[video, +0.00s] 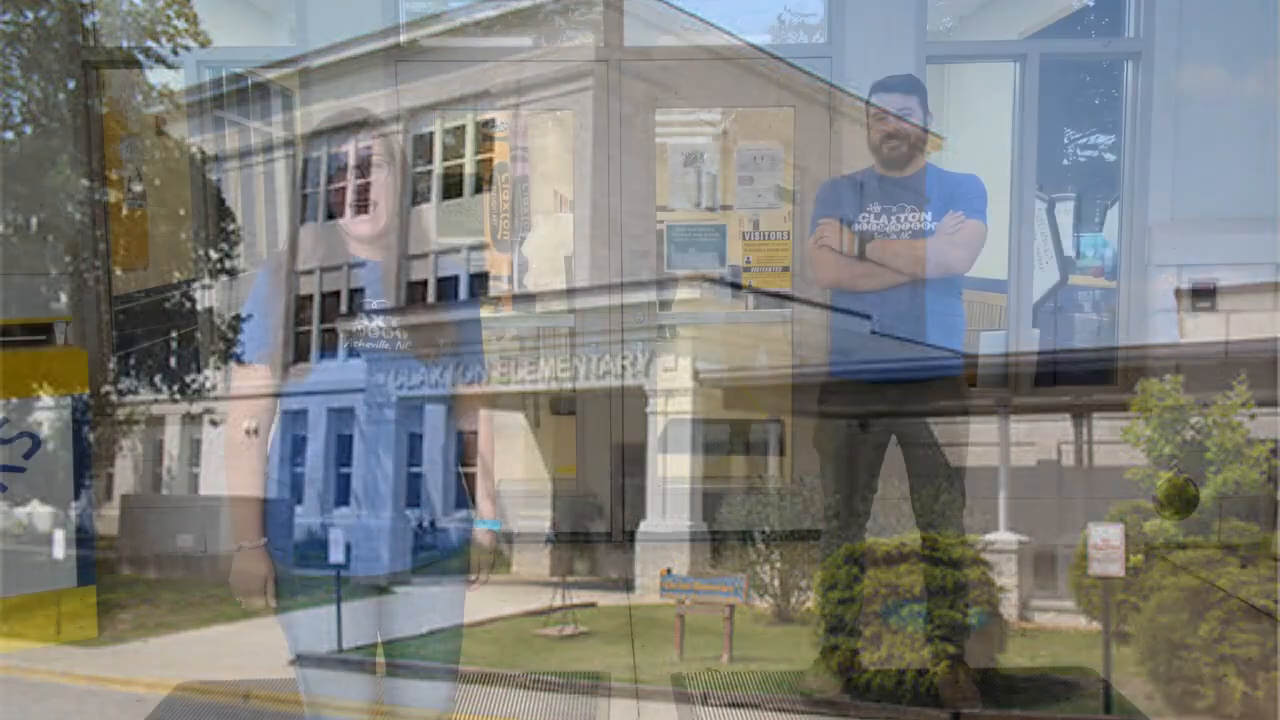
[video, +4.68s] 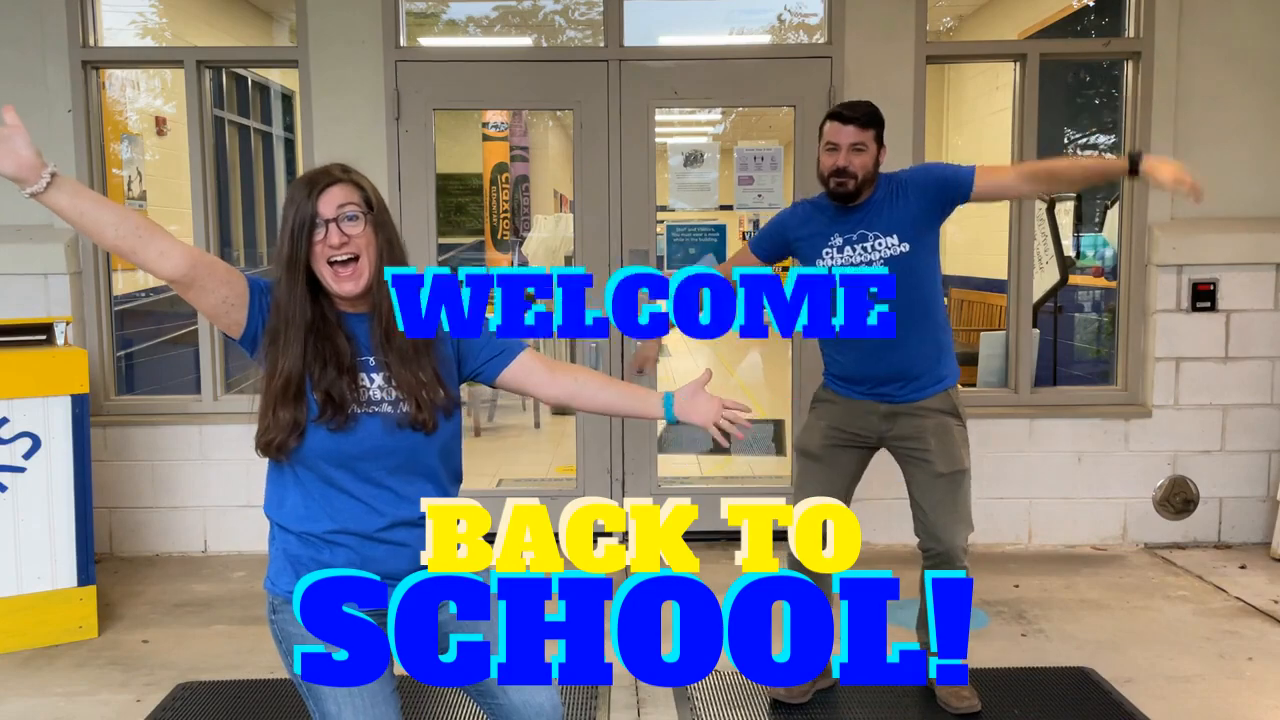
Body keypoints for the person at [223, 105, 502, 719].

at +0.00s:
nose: (355, 183)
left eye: (371, 165)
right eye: (337, 170)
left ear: (403, 178)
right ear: (319, 187)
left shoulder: (446, 278)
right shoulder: (287, 281)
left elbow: (474, 405)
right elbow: (248, 416)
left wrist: (486, 516)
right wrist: (248, 541)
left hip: (429, 541)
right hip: (316, 545)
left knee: (425, 706)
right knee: (340, 706)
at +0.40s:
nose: (360, 172)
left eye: (375, 158)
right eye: (342, 161)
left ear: (399, 181)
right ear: (319, 187)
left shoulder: (442, 282)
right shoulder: (280, 281)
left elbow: (482, 388)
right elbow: (189, 382)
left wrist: (492, 465)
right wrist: (255, 455)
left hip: (429, 542)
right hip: (315, 552)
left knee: (435, 709)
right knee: (342, 710)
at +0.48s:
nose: (356, 170)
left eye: (369, 156)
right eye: (337, 158)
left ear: (389, 176)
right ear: (310, 179)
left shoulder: (431, 274)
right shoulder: (267, 275)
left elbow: (494, 365)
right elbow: (134, 342)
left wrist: (493, 391)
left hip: (429, 538)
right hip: (313, 547)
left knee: (457, 708)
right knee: (340, 711)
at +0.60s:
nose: (347, 179)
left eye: (356, 163)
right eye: (327, 168)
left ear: (373, 179)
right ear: (296, 187)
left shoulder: (417, 270)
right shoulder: (254, 273)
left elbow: (495, 366)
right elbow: (106, 280)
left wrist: (533, 348)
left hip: (437, 536)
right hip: (314, 554)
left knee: (499, 699)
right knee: (342, 709)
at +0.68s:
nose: (332, 197)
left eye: (339, 182)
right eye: (311, 187)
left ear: (358, 193)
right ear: (280, 208)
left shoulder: (418, 284)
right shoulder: (250, 288)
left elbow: (507, 369)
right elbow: (125, 230)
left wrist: (612, 365)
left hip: (438, 545)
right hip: (313, 567)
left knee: (520, 694)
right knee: (339, 711)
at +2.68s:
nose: (332, 246)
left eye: (345, 231)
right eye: (314, 238)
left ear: (372, 245)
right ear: (292, 259)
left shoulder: (422, 339)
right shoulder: (268, 334)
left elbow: (538, 391)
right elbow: (164, 255)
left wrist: (658, 417)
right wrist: (43, 161)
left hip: (441, 598)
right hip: (333, 614)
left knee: (555, 671)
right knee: (376, 710)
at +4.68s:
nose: (338, 235)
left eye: (352, 218)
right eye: (321, 225)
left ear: (383, 229)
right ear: (301, 245)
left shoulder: (435, 315)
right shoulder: (283, 315)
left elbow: (549, 378)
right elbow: (168, 258)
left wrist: (674, 405)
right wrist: (39, 179)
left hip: (433, 575)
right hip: (321, 583)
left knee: (542, 685)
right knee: (359, 708)